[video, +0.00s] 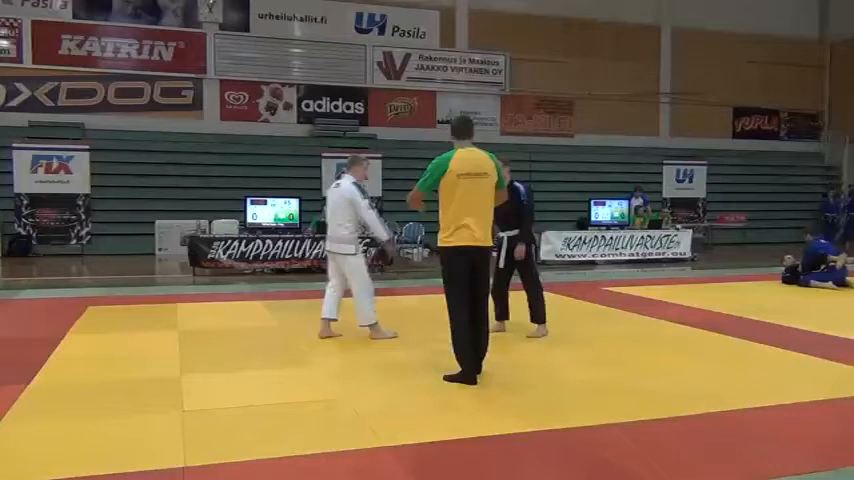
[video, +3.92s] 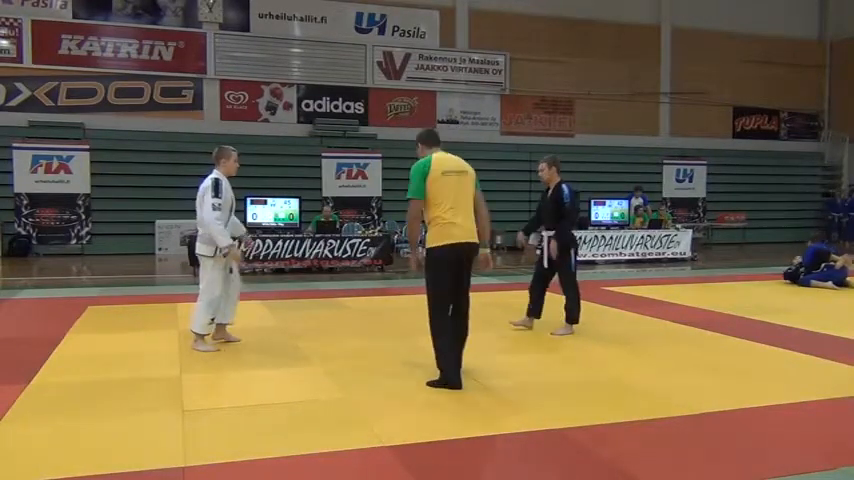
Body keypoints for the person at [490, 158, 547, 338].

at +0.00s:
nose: (502, 176)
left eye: (504, 172)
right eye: (499, 173)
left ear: (509, 172)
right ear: (495, 174)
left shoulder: (519, 190)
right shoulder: (493, 192)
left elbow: (527, 217)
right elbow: (490, 217)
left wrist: (522, 241)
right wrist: (490, 240)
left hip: (521, 237)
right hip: (504, 239)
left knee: (531, 282)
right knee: (499, 282)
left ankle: (541, 323)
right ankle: (500, 321)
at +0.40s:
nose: (513, 169)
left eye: (518, 166)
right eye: (512, 166)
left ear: (528, 169)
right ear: (511, 170)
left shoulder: (534, 190)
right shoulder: (514, 192)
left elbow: (541, 219)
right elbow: (517, 218)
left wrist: (536, 244)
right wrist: (514, 244)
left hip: (532, 240)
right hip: (517, 240)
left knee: (541, 284)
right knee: (510, 283)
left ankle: (544, 324)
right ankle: (504, 320)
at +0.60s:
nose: (521, 168)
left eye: (526, 165)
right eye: (520, 165)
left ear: (535, 169)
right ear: (520, 169)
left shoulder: (541, 190)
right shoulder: (522, 191)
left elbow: (544, 220)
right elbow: (523, 218)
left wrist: (541, 245)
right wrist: (520, 243)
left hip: (536, 240)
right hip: (523, 241)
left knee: (542, 284)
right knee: (517, 282)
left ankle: (545, 324)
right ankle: (518, 319)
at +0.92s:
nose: (533, 168)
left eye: (537, 165)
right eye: (532, 165)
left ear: (547, 168)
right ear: (531, 169)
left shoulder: (550, 190)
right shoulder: (532, 191)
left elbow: (547, 219)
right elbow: (525, 216)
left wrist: (534, 241)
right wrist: (511, 234)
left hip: (543, 241)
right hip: (529, 240)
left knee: (544, 282)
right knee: (532, 282)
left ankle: (546, 324)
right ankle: (545, 314)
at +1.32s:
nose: (534, 171)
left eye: (537, 167)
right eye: (532, 168)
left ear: (547, 169)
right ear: (531, 172)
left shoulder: (557, 191)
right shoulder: (532, 193)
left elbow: (562, 219)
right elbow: (526, 218)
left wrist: (559, 242)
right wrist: (521, 241)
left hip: (552, 241)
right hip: (537, 241)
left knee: (551, 280)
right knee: (542, 281)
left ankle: (548, 321)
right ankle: (552, 313)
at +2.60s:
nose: (549, 171)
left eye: (551, 168)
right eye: (550, 168)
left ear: (558, 169)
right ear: (560, 170)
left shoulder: (570, 190)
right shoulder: (557, 190)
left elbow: (571, 221)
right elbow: (552, 222)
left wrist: (571, 247)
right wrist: (545, 247)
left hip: (563, 242)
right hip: (551, 241)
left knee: (565, 282)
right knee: (552, 280)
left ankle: (569, 323)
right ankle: (552, 317)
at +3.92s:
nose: (539, 175)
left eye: (542, 171)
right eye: (539, 171)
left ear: (554, 170)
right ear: (546, 172)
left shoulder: (566, 190)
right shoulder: (547, 193)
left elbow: (569, 219)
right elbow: (539, 216)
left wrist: (557, 239)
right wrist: (525, 231)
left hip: (564, 242)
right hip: (548, 241)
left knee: (568, 284)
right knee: (538, 281)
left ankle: (569, 324)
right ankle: (530, 318)